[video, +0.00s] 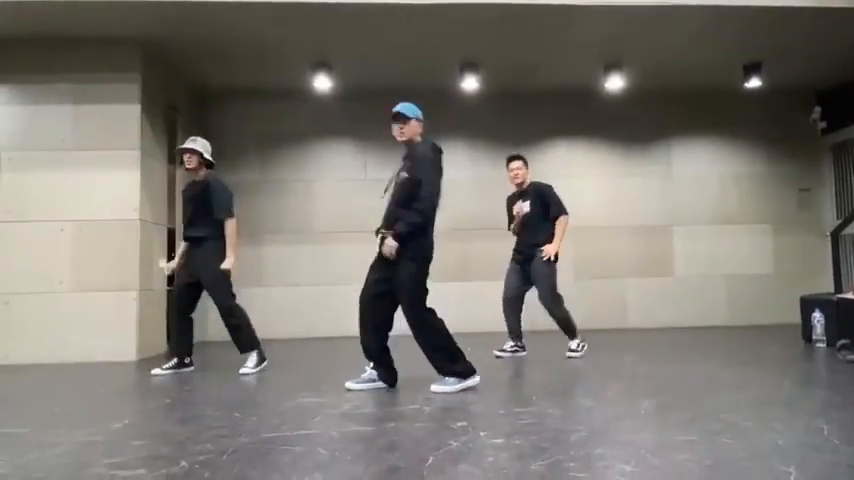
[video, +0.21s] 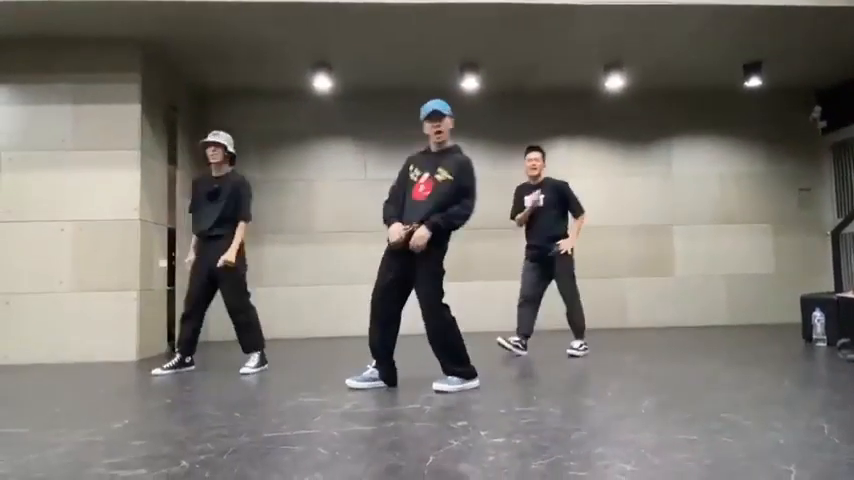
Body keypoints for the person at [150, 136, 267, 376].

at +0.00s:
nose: (187, 158)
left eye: (192, 154)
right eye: (185, 154)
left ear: (203, 158)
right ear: (183, 159)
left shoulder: (215, 185)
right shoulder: (188, 190)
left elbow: (229, 220)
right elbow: (189, 231)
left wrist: (230, 257)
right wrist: (178, 259)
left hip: (212, 253)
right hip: (191, 254)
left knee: (226, 304)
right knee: (180, 306)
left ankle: (255, 353)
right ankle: (182, 358)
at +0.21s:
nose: (212, 152)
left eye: (217, 148)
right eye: (209, 148)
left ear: (228, 152)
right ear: (206, 153)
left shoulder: (238, 182)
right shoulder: (200, 183)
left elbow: (243, 221)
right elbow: (198, 222)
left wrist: (232, 251)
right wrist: (193, 251)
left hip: (229, 249)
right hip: (204, 249)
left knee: (238, 304)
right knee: (193, 304)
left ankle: (256, 354)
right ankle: (184, 356)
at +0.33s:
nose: (225, 153)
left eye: (230, 149)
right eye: (222, 149)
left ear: (240, 154)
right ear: (217, 154)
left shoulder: (249, 185)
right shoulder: (208, 184)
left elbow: (252, 223)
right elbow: (201, 217)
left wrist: (227, 244)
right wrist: (200, 246)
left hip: (240, 252)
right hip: (213, 251)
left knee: (245, 305)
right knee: (203, 302)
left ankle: (257, 357)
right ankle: (197, 355)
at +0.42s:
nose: (228, 150)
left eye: (233, 146)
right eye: (225, 146)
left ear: (243, 151)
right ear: (221, 151)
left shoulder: (254, 182)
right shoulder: (212, 180)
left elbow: (257, 220)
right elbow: (205, 209)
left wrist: (225, 228)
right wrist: (202, 230)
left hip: (243, 250)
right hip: (218, 249)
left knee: (250, 304)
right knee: (202, 296)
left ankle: (258, 357)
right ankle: (226, 338)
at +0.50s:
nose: (230, 150)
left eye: (234, 146)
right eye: (226, 146)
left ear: (244, 151)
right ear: (222, 151)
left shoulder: (255, 182)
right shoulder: (214, 180)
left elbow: (259, 220)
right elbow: (206, 208)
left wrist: (228, 227)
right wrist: (203, 225)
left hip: (244, 249)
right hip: (220, 248)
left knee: (252, 305)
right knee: (206, 294)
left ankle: (259, 357)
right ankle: (244, 315)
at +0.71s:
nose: (231, 154)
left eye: (236, 150)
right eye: (228, 150)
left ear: (245, 154)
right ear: (223, 154)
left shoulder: (256, 186)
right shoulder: (217, 181)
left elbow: (266, 222)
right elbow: (209, 213)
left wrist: (262, 247)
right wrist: (196, 240)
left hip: (248, 251)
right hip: (223, 250)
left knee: (253, 307)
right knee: (205, 295)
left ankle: (262, 357)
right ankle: (234, 321)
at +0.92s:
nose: (223, 153)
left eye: (228, 149)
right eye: (220, 149)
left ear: (238, 154)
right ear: (216, 153)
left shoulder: (249, 183)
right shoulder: (212, 180)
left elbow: (271, 213)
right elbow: (205, 209)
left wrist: (292, 236)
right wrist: (193, 232)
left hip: (236, 250)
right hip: (212, 249)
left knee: (246, 301)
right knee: (186, 295)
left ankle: (264, 354)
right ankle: (174, 347)